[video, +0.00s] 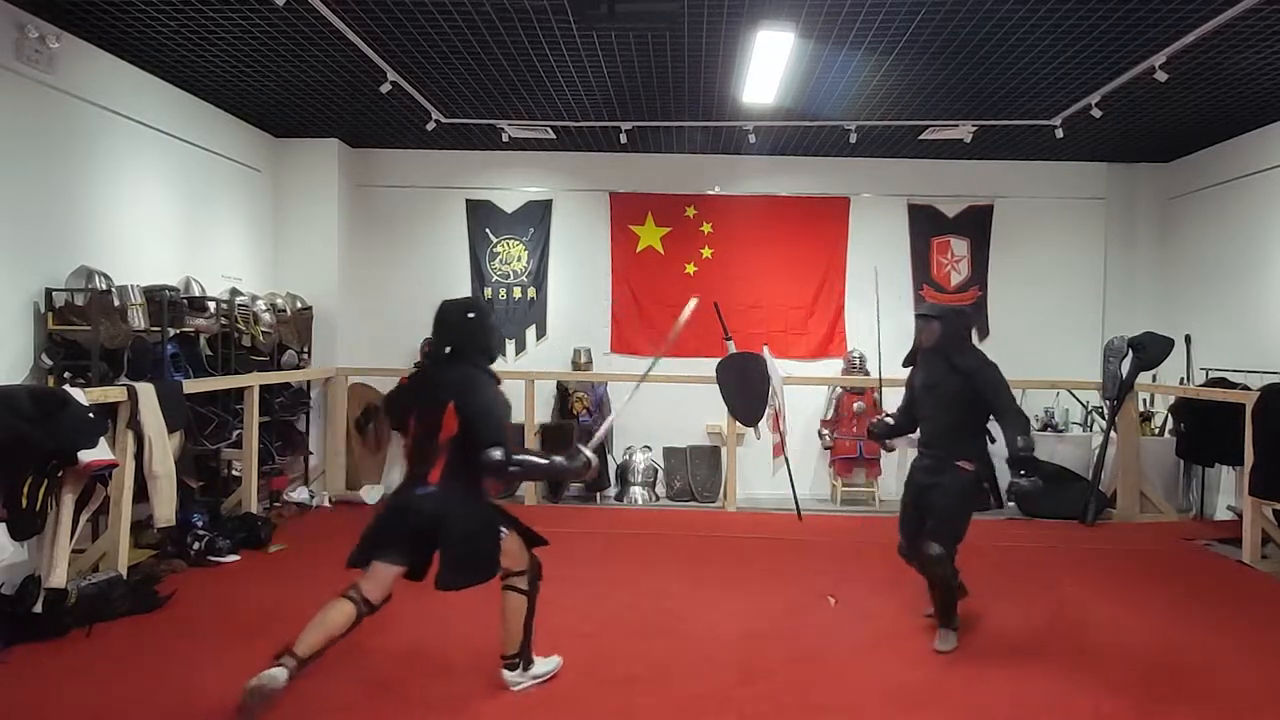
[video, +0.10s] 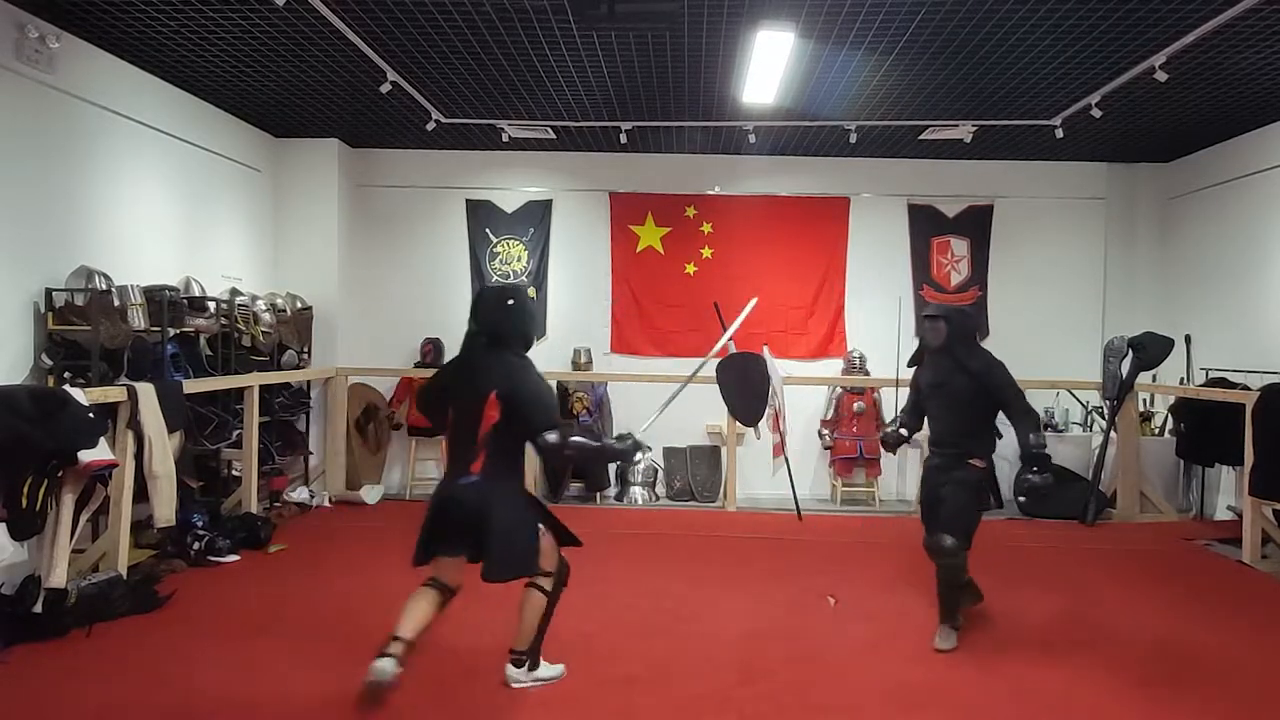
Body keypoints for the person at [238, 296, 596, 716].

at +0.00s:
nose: (498, 341)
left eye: (493, 332)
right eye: (492, 334)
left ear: (446, 339)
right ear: (482, 341)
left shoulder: (423, 378)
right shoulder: (483, 390)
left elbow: (390, 415)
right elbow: (495, 472)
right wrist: (566, 468)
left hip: (411, 501)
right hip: (461, 505)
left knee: (364, 592)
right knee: (521, 565)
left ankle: (285, 666)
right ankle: (517, 666)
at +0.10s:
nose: (535, 330)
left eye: (533, 320)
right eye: (531, 321)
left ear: (481, 322)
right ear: (521, 324)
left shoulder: (460, 367)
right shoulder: (520, 375)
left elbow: (426, 401)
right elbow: (556, 443)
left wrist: (459, 425)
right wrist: (618, 450)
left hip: (454, 493)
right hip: (500, 497)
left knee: (442, 579)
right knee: (551, 566)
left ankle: (390, 656)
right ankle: (523, 663)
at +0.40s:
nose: (647, 352)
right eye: (643, 346)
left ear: (597, 353)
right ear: (638, 357)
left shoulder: (573, 393)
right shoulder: (651, 400)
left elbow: (532, 423)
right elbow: (704, 446)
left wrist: (571, 448)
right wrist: (755, 408)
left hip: (585, 515)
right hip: (642, 514)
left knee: (537, 586)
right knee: (701, 549)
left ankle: (482, 664)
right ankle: (748, 622)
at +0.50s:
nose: (675, 365)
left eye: (663, 360)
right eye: (688, 358)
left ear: (653, 366)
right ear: (695, 368)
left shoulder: (637, 402)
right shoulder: (713, 405)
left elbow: (590, 430)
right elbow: (768, 428)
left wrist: (621, 473)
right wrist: (814, 403)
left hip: (645, 517)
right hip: (699, 517)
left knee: (592, 590)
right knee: (755, 562)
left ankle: (520, 652)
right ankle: (790, 631)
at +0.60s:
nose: (758, 380)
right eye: (753, 374)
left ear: (706, 377)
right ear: (742, 379)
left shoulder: (686, 407)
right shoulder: (756, 410)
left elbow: (640, 432)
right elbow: (807, 407)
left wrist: (662, 473)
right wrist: (844, 388)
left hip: (682, 522)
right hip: (734, 520)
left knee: (635, 589)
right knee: (785, 549)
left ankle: (580, 659)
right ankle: (798, 628)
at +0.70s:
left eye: (724, 378)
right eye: (775, 372)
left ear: (729, 378)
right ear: (771, 380)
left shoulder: (715, 404)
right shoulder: (783, 416)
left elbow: (666, 423)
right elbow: (821, 433)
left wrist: (687, 470)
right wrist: (836, 402)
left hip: (705, 515)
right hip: (756, 517)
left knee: (661, 584)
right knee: (798, 547)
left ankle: (625, 650)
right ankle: (802, 621)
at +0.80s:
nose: (792, 375)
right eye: (789, 368)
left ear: (747, 370)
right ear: (785, 373)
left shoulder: (728, 398)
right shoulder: (795, 406)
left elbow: (677, 419)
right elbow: (817, 435)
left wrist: (700, 462)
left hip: (718, 511)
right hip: (768, 513)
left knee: (679, 579)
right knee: (805, 543)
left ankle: (646, 642)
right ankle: (804, 619)